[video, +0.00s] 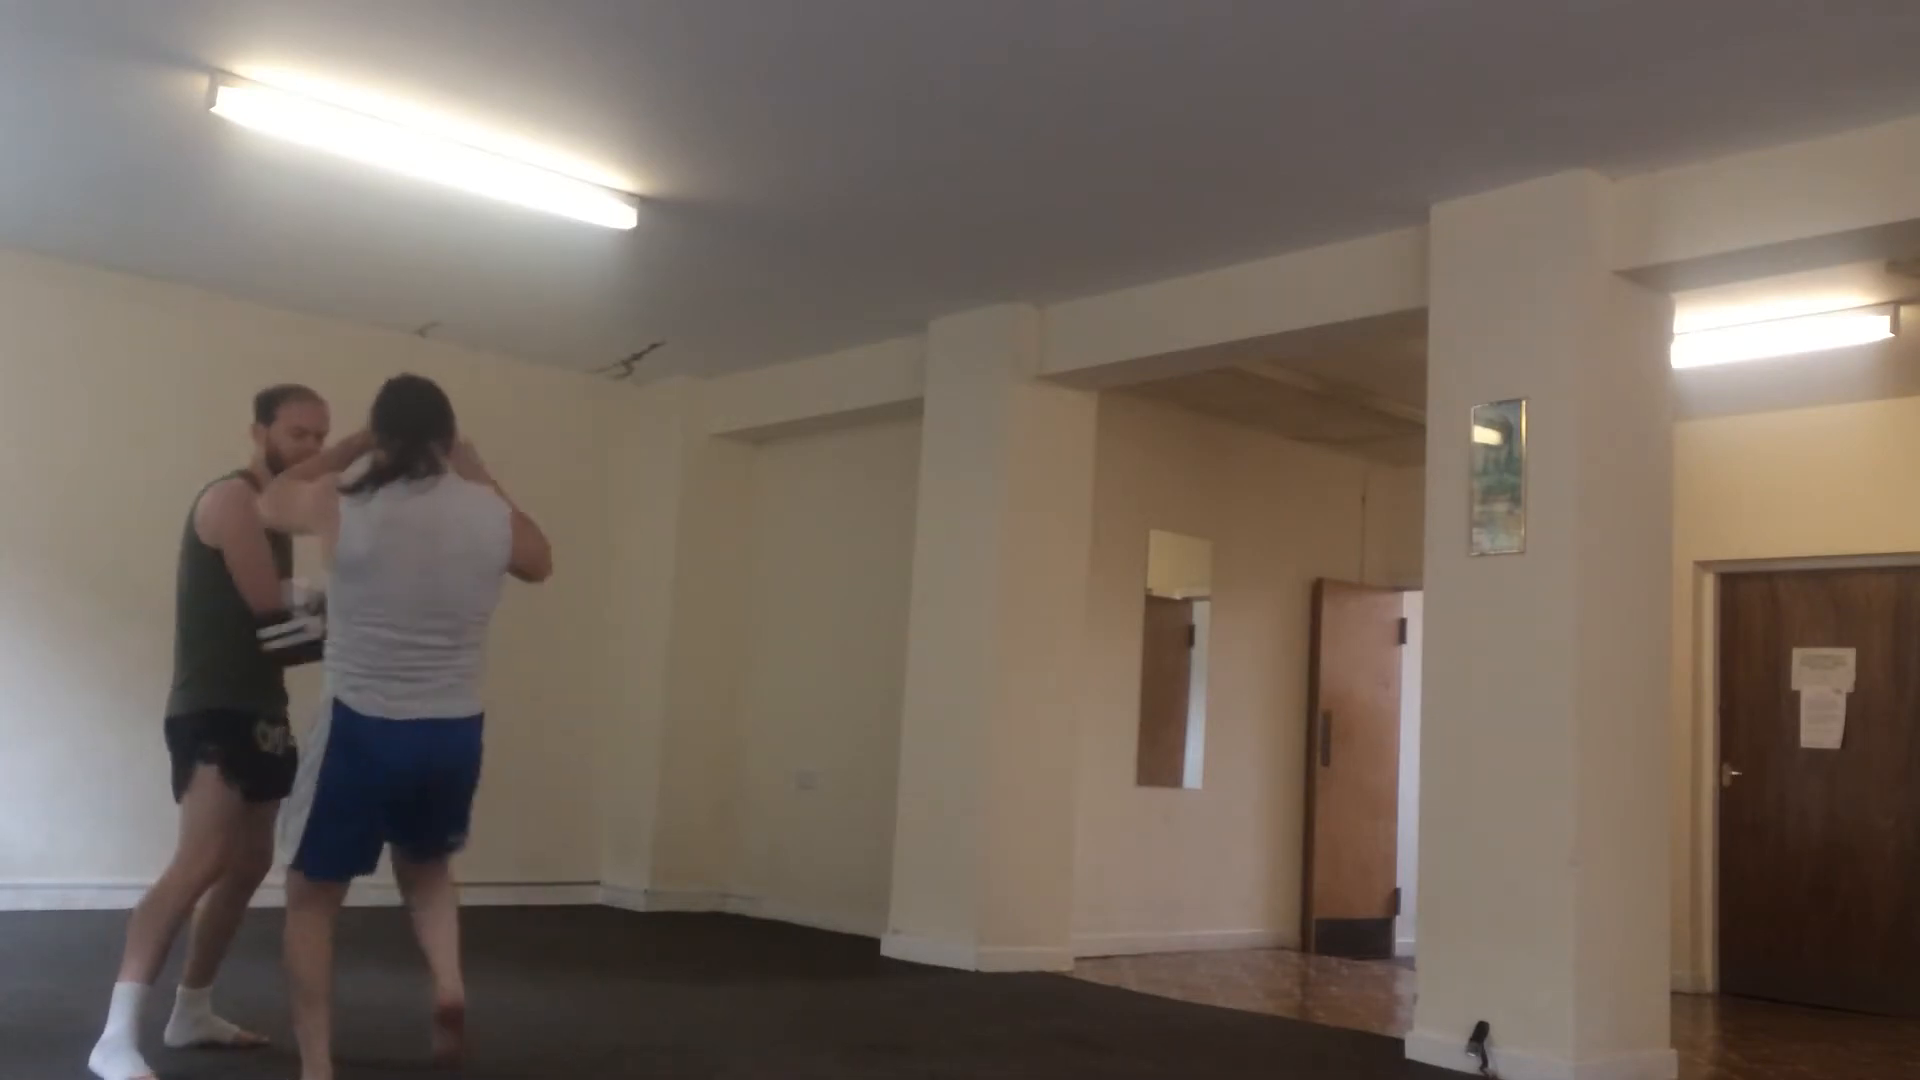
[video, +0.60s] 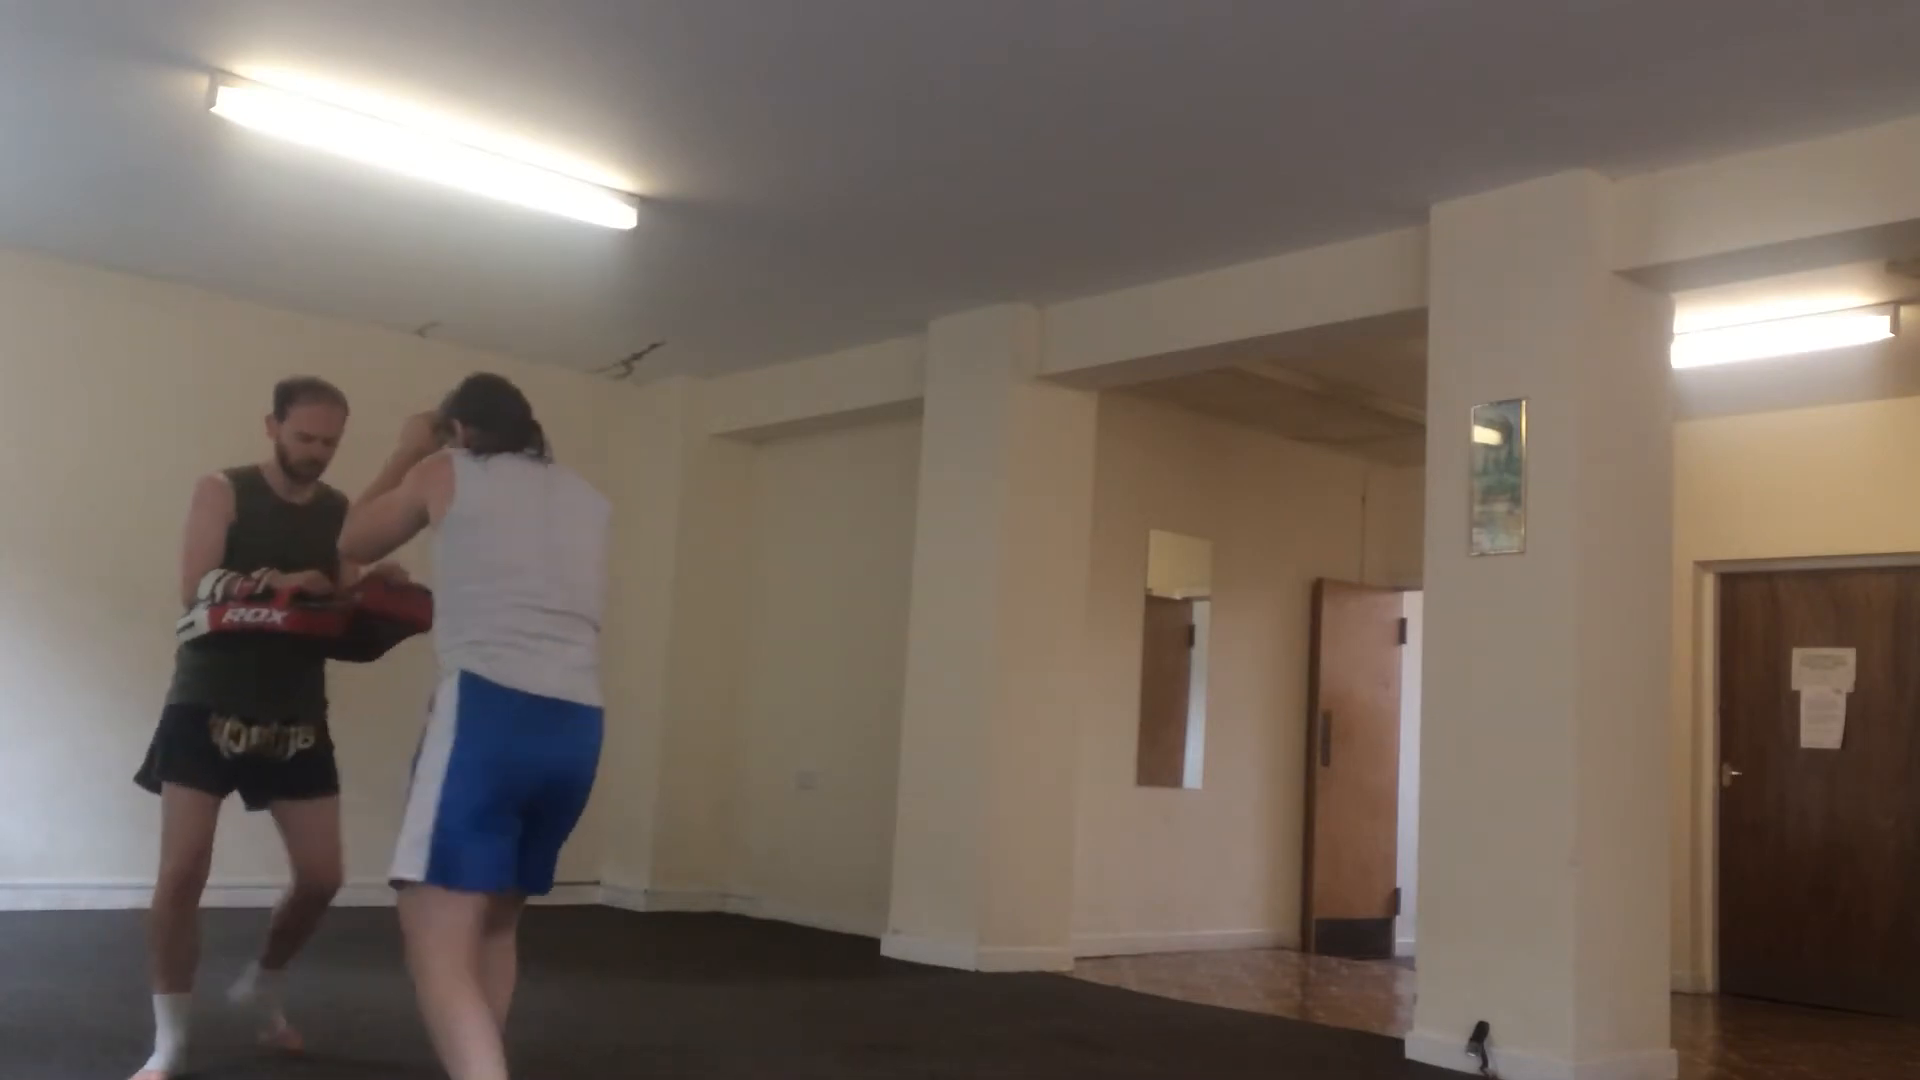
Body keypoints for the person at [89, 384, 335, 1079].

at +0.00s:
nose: (314, 449)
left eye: (321, 437)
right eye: (300, 435)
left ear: (325, 444)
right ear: (262, 435)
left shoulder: (277, 508)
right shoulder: (229, 499)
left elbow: (277, 611)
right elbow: (270, 600)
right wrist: (336, 593)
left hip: (262, 711)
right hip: (216, 711)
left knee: (246, 865)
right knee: (197, 863)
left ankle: (192, 1012)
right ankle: (116, 1037)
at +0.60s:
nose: (320, 452)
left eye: (331, 442)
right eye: (309, 437)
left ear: (340, 441)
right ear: (272, 427)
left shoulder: (339, 512)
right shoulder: (222, 493)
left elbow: (339, 601)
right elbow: (198, 593)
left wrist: (379, 588)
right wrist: (295, 584)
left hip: (295, 712)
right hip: (208, 707)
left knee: (321, 880)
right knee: (182, 874)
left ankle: (258, 990)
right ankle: (169, 1040)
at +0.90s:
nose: (357, 459)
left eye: (369, 450)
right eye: (348, 444)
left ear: (380, 451)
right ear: (315, 431)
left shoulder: (377, 514)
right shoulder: (259, 499)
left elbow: (445, 581)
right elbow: (217, 594)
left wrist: (463, 526)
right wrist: (284, 584)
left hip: (351, 728)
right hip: (257, 724)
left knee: (388, 884)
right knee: (171, 884)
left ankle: (392, 1056)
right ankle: (172, 1043)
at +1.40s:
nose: (402, 436)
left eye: (415, 424)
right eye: (390, 423)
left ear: (437, 428)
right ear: (369, 426)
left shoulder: (442, 507)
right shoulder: (333, 492)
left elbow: (490, 582)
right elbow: (259, 575)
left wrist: (499, 484)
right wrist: (206, 640)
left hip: (423, 712)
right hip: (339, 710)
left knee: (459, 877)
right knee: (262, 872)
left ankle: (400, 1045)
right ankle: (147, 1018)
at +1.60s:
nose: (387, 426)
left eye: (399, 414)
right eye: (374, 415)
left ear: (422, 420)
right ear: (353, 421)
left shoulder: (438, 506)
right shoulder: (318, 489)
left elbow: (456, 597)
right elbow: (264, 567)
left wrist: (486, 530)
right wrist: (223, 572)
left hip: (398, 713)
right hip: (307, 707)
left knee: (414, 884)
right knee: (249, 878)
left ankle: (393, 1055)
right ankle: (207, 1027)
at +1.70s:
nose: (370, 437)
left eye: (382, 423)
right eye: (356, 424)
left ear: (402, 422)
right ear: (333, 425)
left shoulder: (423, 509)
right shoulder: (295, 498)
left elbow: (438, 608)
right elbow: (251, 605)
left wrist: (449, 528)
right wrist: (232, 545)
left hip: (383, 717)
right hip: (290, 713)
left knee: (413, 884)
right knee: (241, 878)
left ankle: (401, 1050)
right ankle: (209, 1038)